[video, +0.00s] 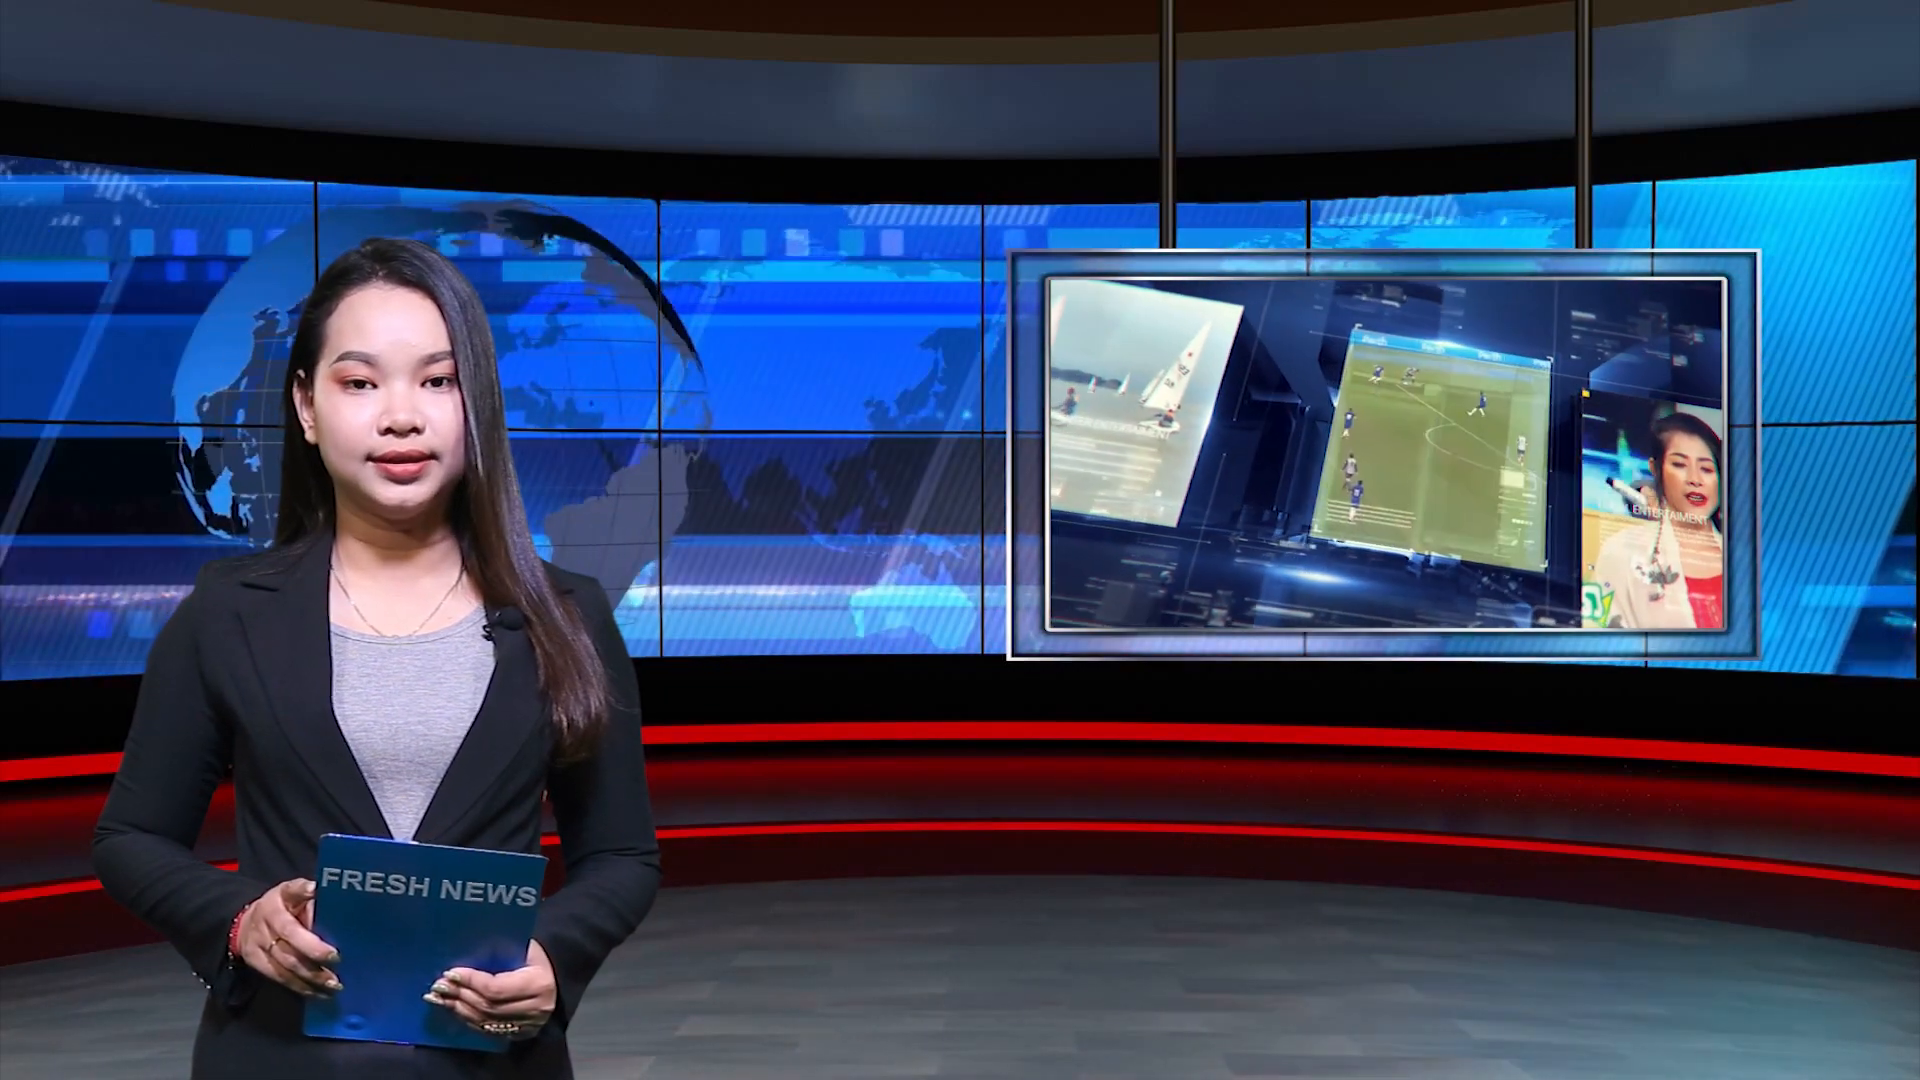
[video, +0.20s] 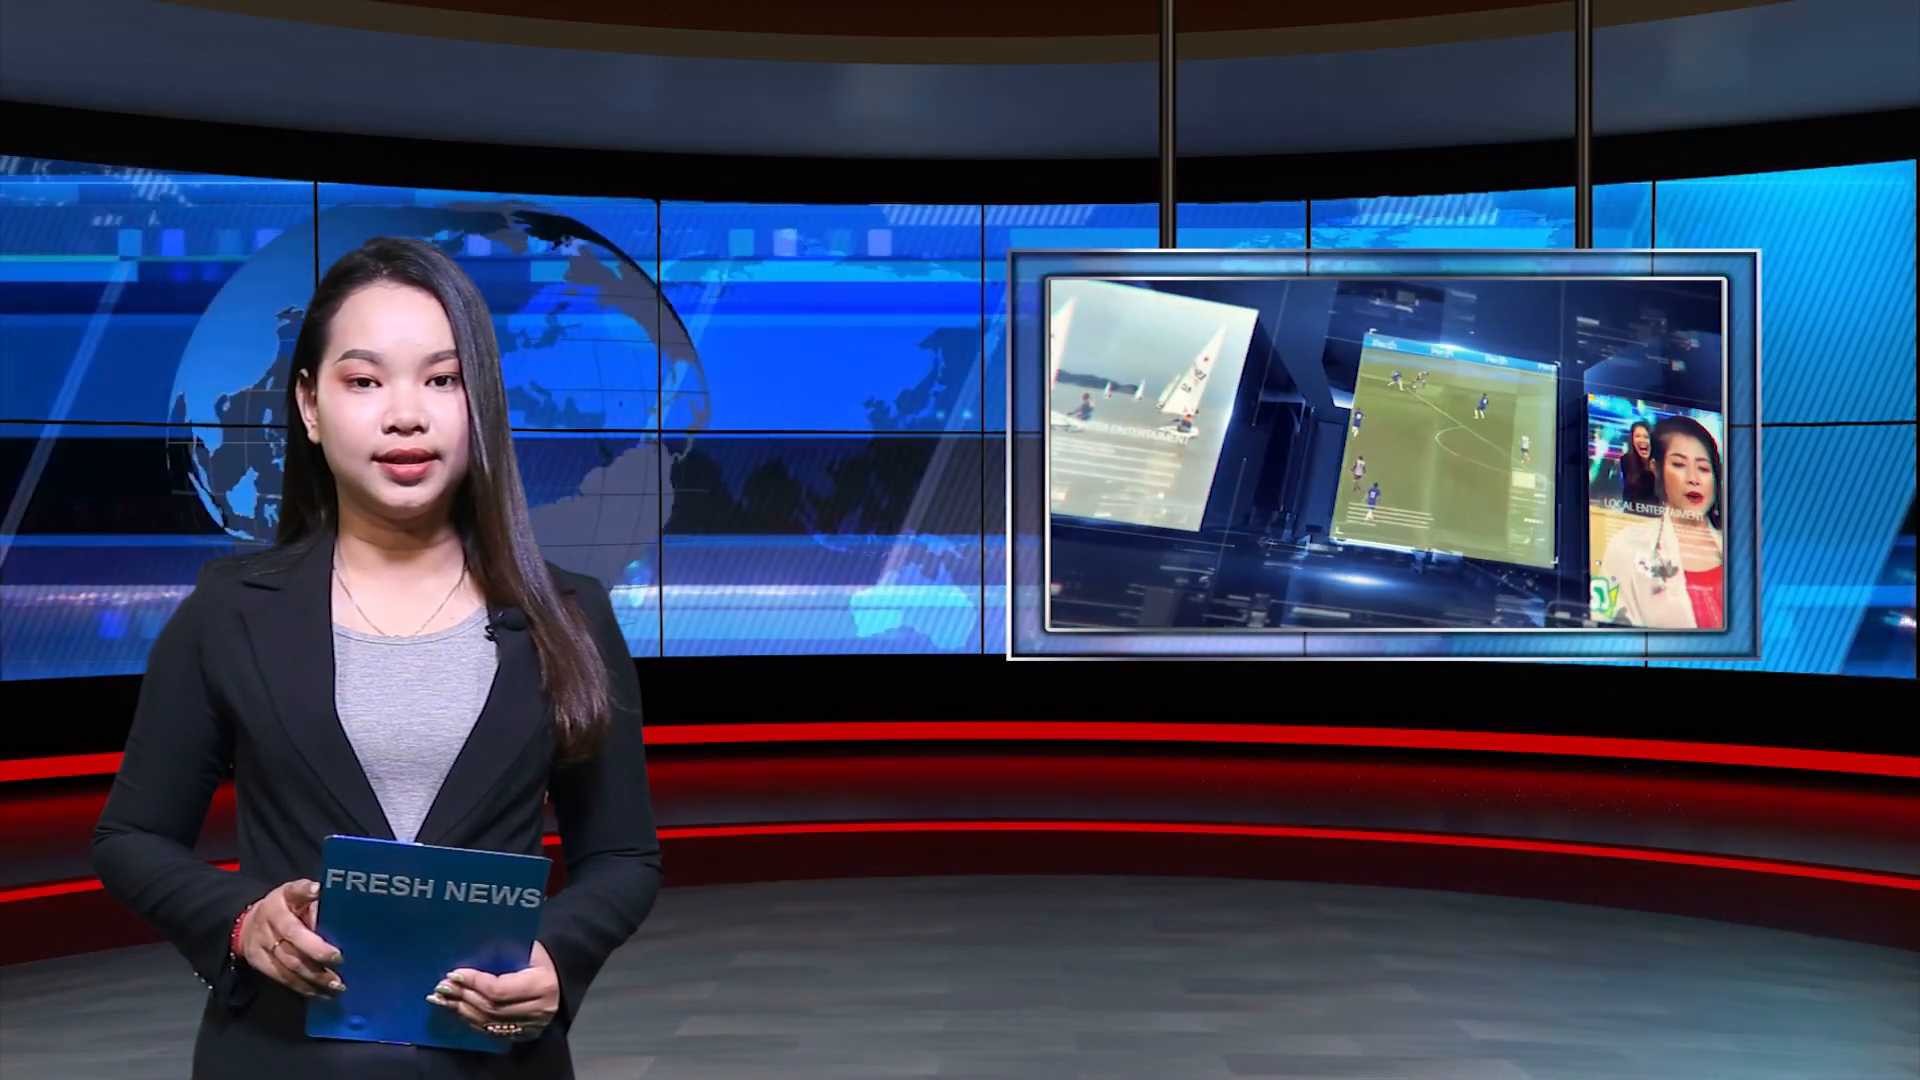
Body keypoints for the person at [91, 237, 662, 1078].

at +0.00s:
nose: (402, 416)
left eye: (436, 379)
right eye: (359, 380)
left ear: (475, 404)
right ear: (307, 409)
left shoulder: (562, 616)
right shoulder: (230, 613)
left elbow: (620, 857)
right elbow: (131, 839)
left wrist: (549, 960)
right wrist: (235, 915)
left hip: (493, 1051)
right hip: (280, 1054)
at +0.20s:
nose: (406, 415)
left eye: (440, 377)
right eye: (364, 378)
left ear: (478, 404)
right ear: (310, 407)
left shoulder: (563, 615)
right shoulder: (232, 611)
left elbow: (621, 856)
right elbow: (131, 839)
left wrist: (553, 960)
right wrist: (237, 916)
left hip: (497, 1052)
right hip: (282, 1053)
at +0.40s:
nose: (409, 414)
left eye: (443, 377)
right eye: (366, 377)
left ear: (481, 405)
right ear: (311, 407)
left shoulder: (564, 613)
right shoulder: (234, 610)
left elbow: (622, 855)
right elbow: (132, 838)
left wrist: (555, 960)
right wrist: (238, 916)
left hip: (497, 1051)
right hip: (282, 1053)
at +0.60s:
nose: (403, 406)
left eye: (438, 372)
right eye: (363, 374)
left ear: (481, 402)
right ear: (313, 409)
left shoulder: (566, 614)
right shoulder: (235, 610)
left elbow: (624, 856)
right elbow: (133, 837)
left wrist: (555, 959)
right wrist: (239, 916)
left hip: (498, 1051)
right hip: (284, 1052)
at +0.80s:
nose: (388, 405)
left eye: (426, 370)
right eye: (349, 374)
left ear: (477, 395)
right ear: (310, 408)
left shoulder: (568, 615)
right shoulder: (236, 609)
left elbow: (625, 857)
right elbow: (134, 837)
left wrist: (556, 961)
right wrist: (239, 915)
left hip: (497, 1051)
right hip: (283, 1053)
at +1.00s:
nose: (388, 409)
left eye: (425, 373)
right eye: (348, 377)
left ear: (476, 397)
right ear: (308, 408)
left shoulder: (568, 617)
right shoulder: (234, 614)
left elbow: (625, 857)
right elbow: (134, 838)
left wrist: (555, 960)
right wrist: (239, 916)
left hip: (497, 1052)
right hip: (282, 1053)